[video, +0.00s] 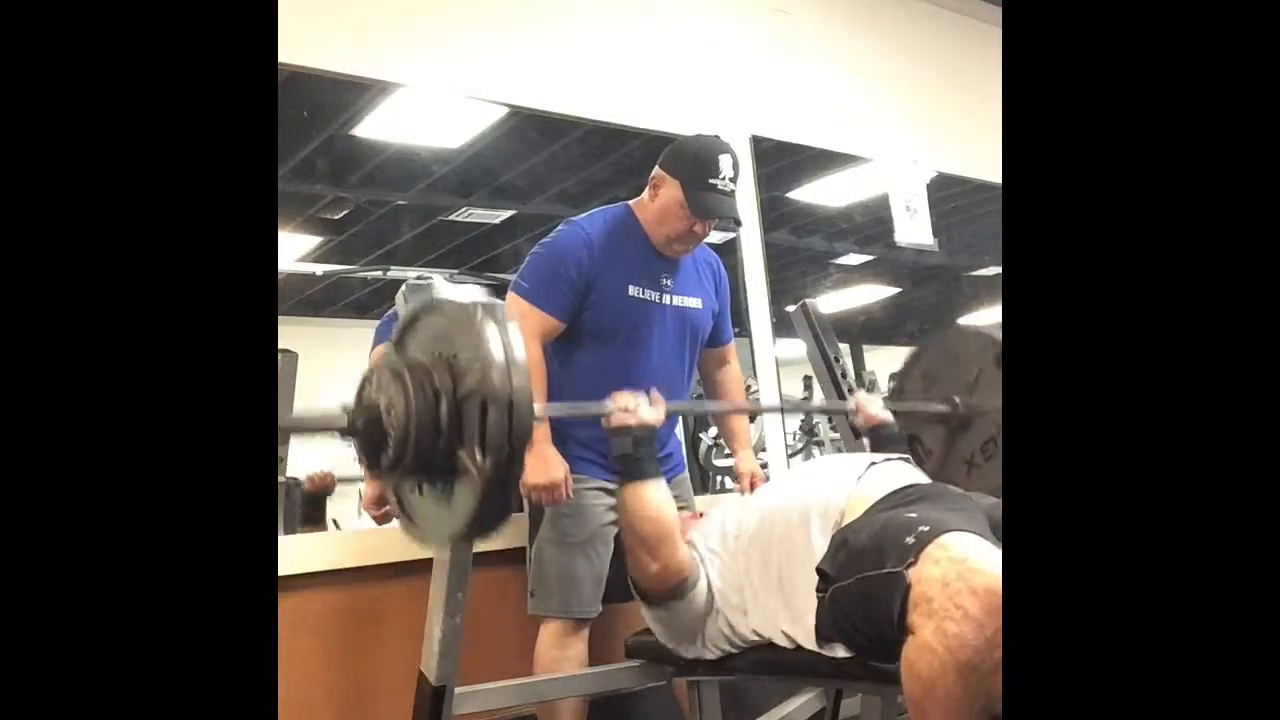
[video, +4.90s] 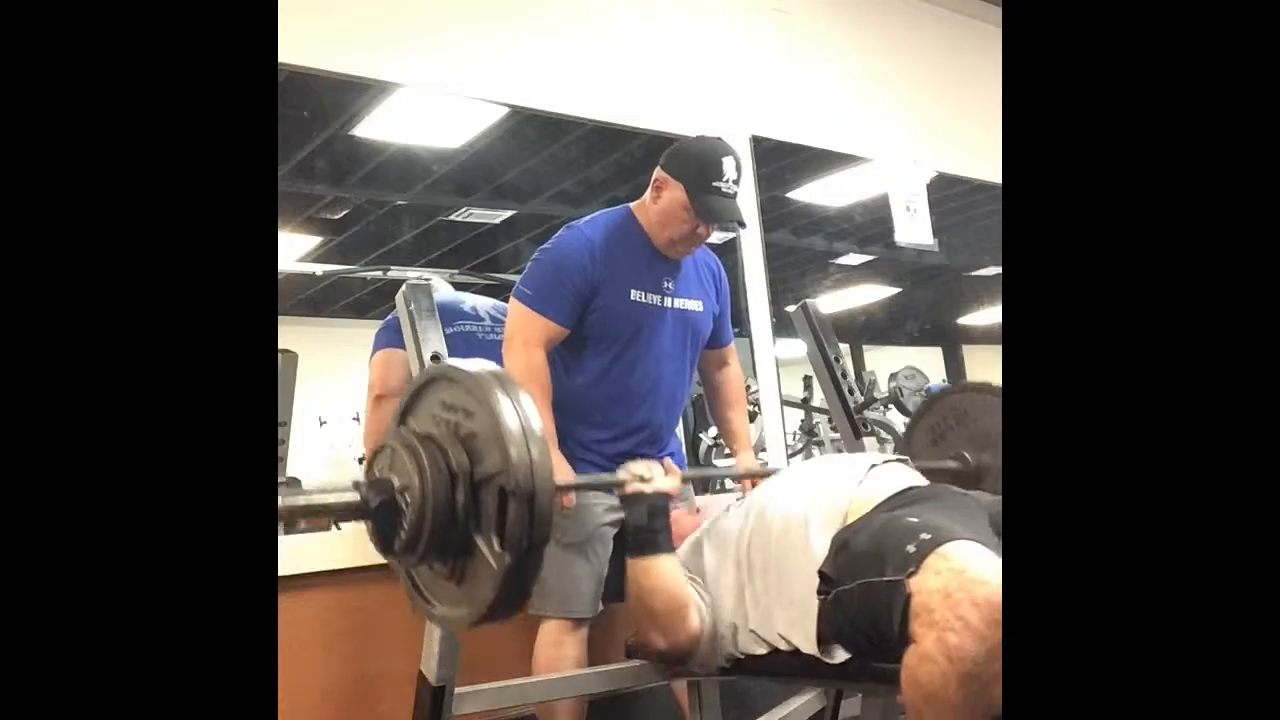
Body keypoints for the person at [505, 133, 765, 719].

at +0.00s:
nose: (704, 228)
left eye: (713, 218)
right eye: (695, 211)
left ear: (722, 215)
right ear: (656, 187)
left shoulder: (709, 270)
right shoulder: (580, 245)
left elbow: (721, 365)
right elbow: (520, 337)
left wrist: (743, 451)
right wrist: (537, 443)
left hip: (662, 471)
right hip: (580, 467)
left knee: (648, 611)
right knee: (570, 620)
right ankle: (564, 717)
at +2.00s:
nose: (702, 230)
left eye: (712, 220)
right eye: (694, 213)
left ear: (721, 216)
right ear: (655, 187)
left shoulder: (705, 271)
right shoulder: (578, 248)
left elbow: (720, 366)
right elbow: (519, 340)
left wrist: (740, 449)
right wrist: (535, 445)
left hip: (662, 470)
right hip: (580, 469)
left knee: (669, 612)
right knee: (568, 621)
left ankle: (657, 715)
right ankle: (562, 717)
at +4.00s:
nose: (708, 229)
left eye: (716, 218)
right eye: (699, 212)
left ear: (724, 215)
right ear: (659, 185)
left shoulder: (709, 271)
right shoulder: (582, 247)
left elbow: (722, 364)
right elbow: (523, 340)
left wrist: (744, 450)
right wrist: (540, 447)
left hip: (663, 468)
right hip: (580, 466)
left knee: (651, 609)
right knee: (569, 621)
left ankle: (617, 712)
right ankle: (561, 717)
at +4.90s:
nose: (707, 232)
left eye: (716, 222)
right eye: (699, 216)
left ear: (724, 218)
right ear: (660, 189)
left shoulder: (708, 271)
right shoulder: (581, 249)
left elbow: (721, 367)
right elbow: (524, 345)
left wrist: (743, 451)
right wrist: (548, 454)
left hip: (659, 467)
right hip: (579, 468)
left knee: (663, 616)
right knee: (569, 619)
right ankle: (564, 716)